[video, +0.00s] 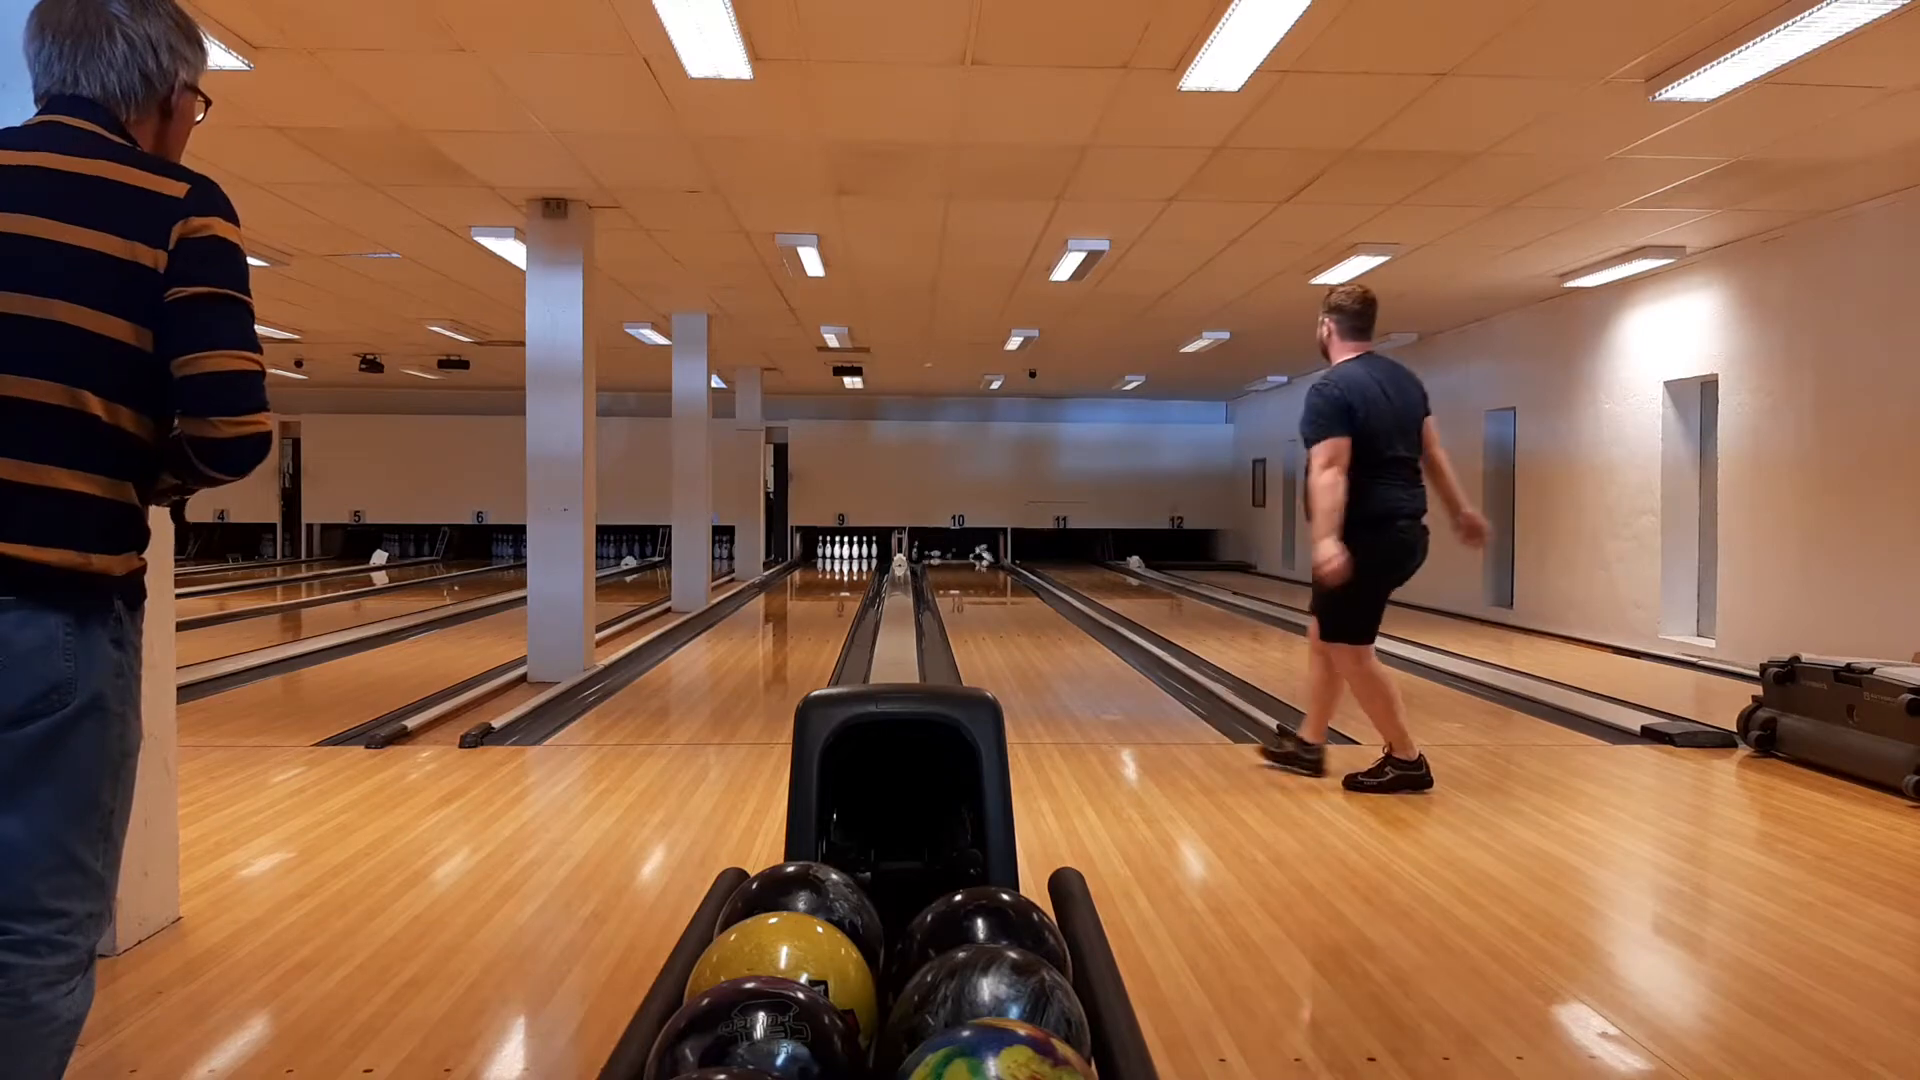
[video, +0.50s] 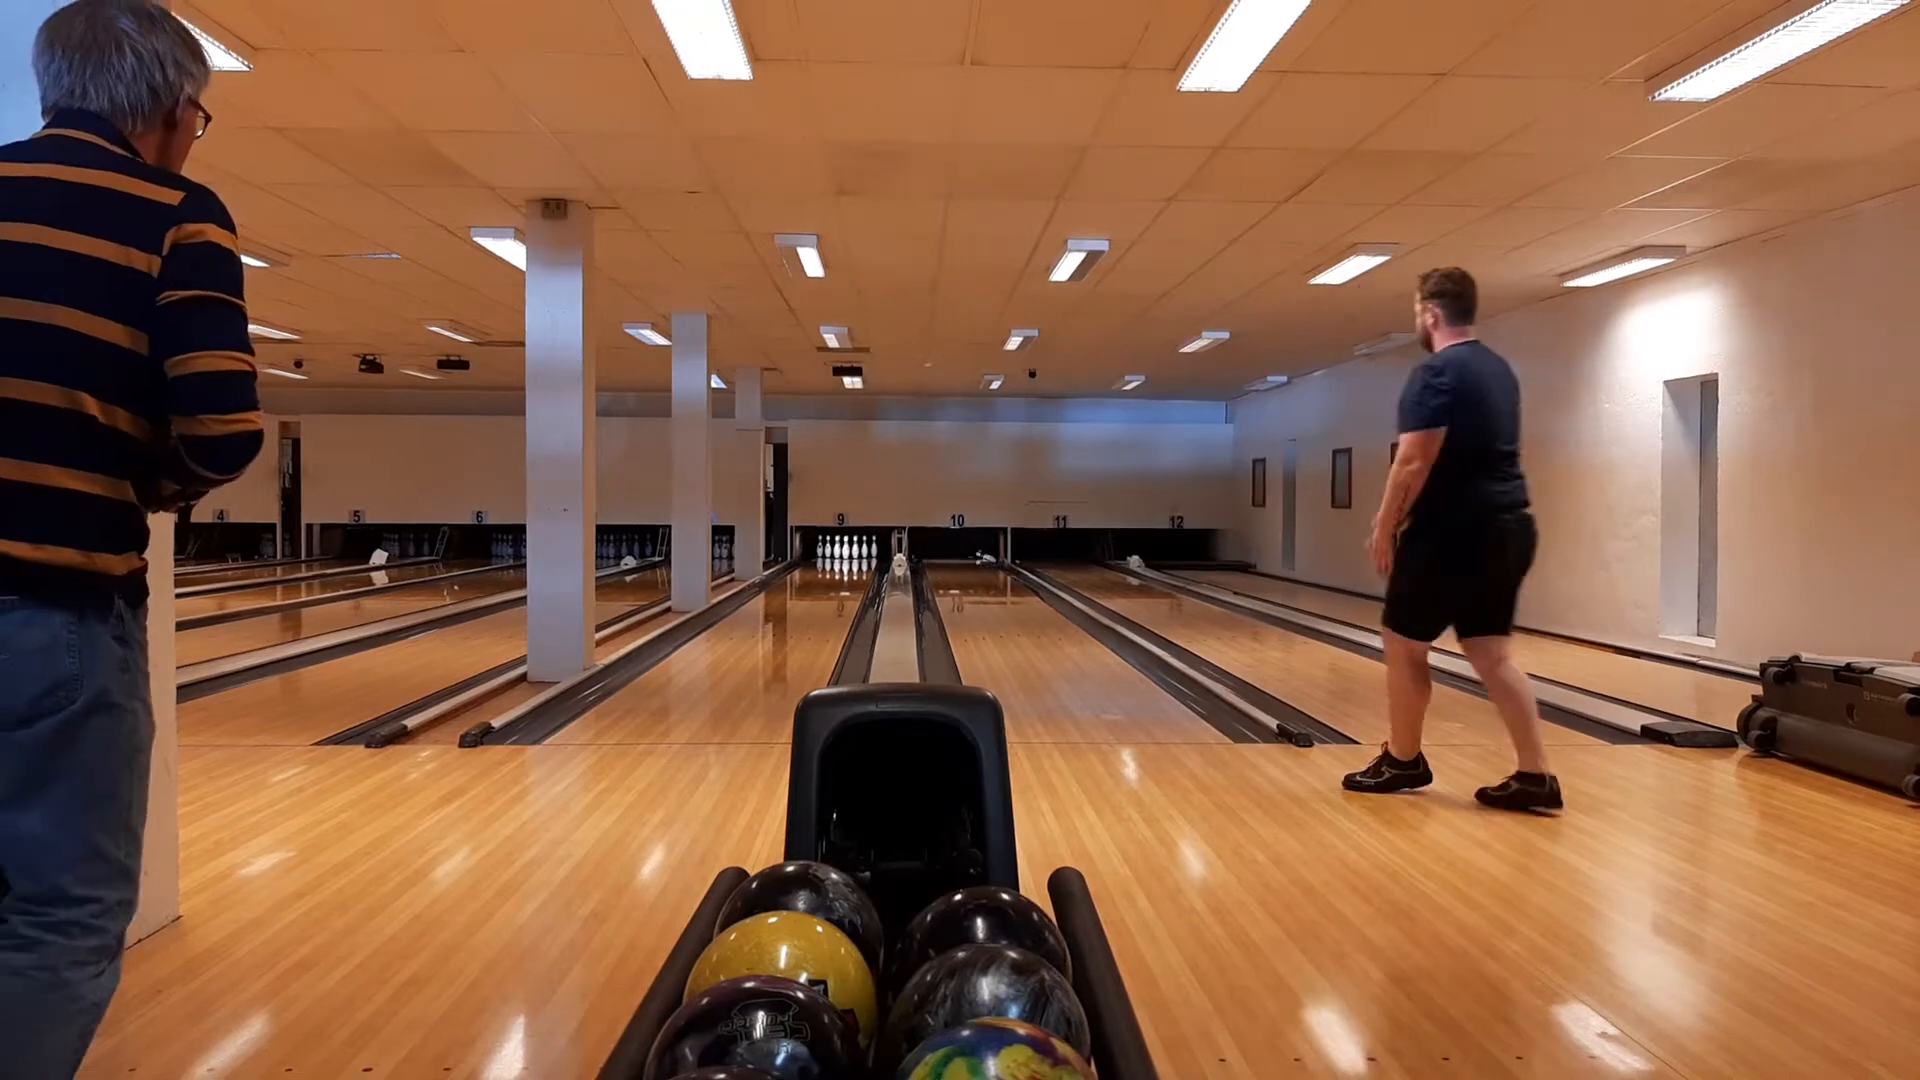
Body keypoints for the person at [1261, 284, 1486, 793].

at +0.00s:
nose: (1317, 334)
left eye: (1318, 326)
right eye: (1321, 326)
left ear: (1327, 329)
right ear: (1369, 330)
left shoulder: (1330, 389)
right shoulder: (1406, 380)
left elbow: (1329, 467)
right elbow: (1432, 454)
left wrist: (1324, 537)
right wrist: (1460, 508)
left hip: (1362, 534)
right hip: (1406, 534)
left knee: (1350, 651)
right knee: (1323, 630)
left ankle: (1406, 759)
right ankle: (1309, 743)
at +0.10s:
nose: (1330, 328)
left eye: (1331, 321)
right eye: (1332, 321)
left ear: (1340, 323)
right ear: (1384, 325)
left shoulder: (1345, 378)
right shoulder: (1421, 373)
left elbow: (1365, 436)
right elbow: (1454, 439)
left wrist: (1375, 503)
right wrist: (1489, 493)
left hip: (1366, 531)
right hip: (1420, 528)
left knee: (1363, 644)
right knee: (1359, 636)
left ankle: (1407, 762)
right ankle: (1376, 746)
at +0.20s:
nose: (1348, 320)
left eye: (1348, 313)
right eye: (1350, 312)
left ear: (1357, 316)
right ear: (1401, 316)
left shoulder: (1362, 370)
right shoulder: (1436, 369)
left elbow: (1385, 427)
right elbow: (1466, 442)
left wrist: (1399, 492)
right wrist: (1494, 494)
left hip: (1380, 526)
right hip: (1436, 524)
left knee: (1370, 646)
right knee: (1401, 634)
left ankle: (1405, 760)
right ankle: (1436, 745)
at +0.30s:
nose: (1367, 319)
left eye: (1369, 311)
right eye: (1370, 311)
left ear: (1379, 312)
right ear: (1420, 314)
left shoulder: (1381, 369)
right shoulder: (1453, 368)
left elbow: (1392, 437)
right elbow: (1468, 450)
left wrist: (1398, 510)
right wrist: (1475, 508)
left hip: (1395, 527)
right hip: (1453, 523)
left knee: (1378, 644)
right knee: (1429, 639)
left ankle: (1406, 761)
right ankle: (1488, 741)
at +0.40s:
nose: (1392, 322)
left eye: (1393, 313)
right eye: (1393, 313)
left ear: (1404, 314)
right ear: (1446, 314)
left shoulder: (1406, 371)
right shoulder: (1479, 372)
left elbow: (1400, 457)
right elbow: (1476, 452)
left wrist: (1388, 536)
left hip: (1422, 525)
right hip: (1478, 526)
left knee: (1388, 644)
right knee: (1455, 642)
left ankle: (1405, 762)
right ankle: (1518, 753)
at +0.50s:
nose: (1417, 321)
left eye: (1417, 313)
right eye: (1419, 312)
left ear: (1430, 314)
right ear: (1470, 313)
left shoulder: (1436, 373)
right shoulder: (1499, 370)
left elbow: (1414, 461)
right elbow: (1492, 456)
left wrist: (1383, 528)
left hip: (1447, 530)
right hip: (1508, 526)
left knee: (1403, 639)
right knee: (1490, 650)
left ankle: (1403, 759)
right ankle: (1535, 776)